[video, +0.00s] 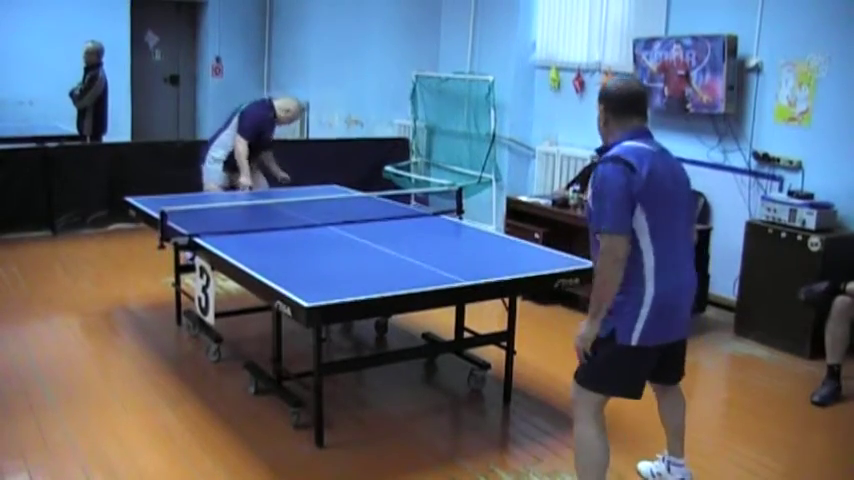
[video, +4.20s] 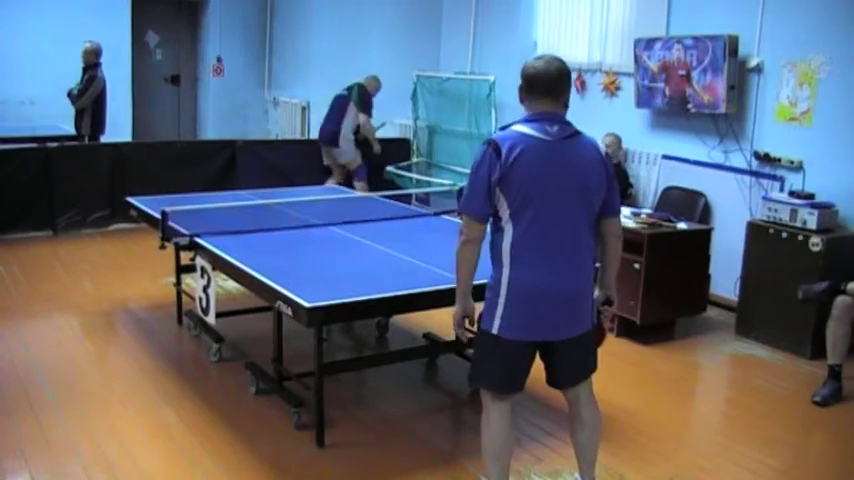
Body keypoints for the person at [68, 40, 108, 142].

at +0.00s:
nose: (86, 57)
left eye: (90, 54)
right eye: (85, 53)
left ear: (98, 56)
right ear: (84, 54)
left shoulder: (97, 76)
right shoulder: (88, 73)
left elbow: (83, 102)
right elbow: (78, 89)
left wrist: (74, 92)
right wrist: (77, 93)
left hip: (93, 128)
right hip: (85, 126)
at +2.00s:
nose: (85, 57)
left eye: (89, 54)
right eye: (85, 53)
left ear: (97, 56)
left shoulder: (96, 76)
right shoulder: (88, 73)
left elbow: (82, 101)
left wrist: (74, 92)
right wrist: (76, 92)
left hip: (92, 128)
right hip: (84, 127)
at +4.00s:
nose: (83, 56)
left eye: (87, 53)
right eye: (83, 53)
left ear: (95, 56)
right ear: (82, 54)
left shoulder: (95, 77)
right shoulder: (86, 73)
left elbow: (80, 103)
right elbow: (76, 89)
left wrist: (72, 92)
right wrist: (75, 94)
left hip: (91, 128)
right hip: (84, 127)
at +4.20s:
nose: (83, 56)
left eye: (87, 53)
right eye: (83, 53)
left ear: (95, 56)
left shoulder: (95, 76)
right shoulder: (87, 73)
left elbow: (80, 102)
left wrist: (72, 92)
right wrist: (75, 93)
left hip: (91, 128)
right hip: (84, 127)